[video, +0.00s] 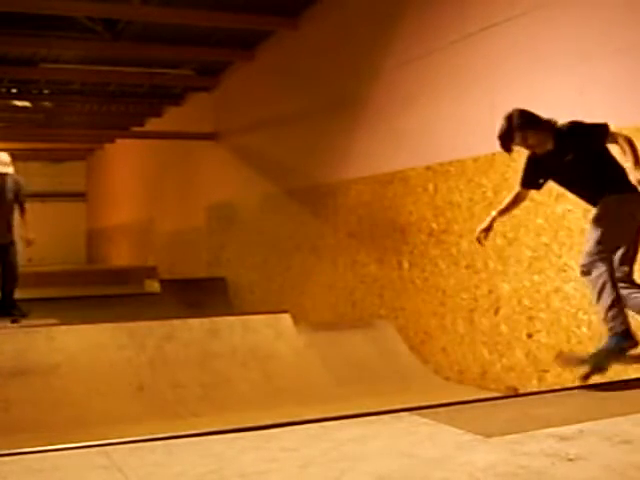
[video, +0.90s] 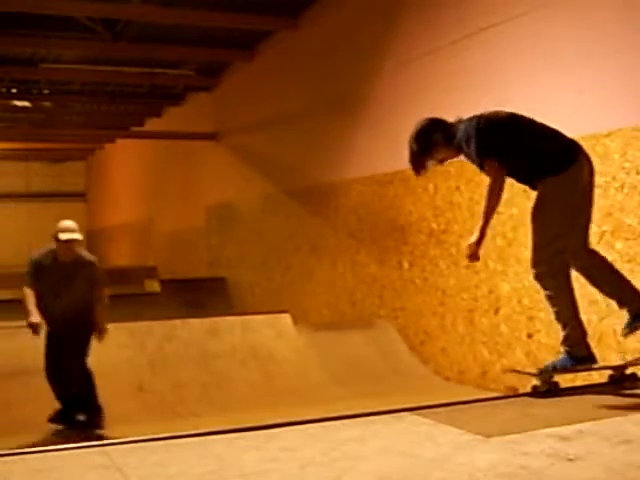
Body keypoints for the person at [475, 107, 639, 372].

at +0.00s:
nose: (527, 148)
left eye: (525, 140)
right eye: (521, 145)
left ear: (533, 127)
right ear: (521, 143)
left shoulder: (573, 132)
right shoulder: (538, 161)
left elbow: (621, 139)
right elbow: (521, 194)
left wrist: (635, 169)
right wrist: (492, 219)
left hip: (620, 201)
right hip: (623, 205)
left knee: (593, 264)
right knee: (619, 280)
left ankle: (619, 334)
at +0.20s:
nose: (506, 149)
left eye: (502, 143)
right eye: (501, 146)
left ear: (509, 130)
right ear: (507, 132)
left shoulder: (551, 128)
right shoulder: (531, 151)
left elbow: (603, 137)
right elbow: (527, 184)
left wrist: (622, 172)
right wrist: (493, 209)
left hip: (610, 196)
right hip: (618, 196)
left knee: (589, 274)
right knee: (617, 279)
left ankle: (610, 350)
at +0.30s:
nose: (498, 145)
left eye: (495, 139)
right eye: (493, 143)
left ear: (501, 125)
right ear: (502, 125)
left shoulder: (539, 121)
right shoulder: (527, 141)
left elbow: (587, 138)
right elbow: (528, 171)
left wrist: (592, 181)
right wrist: (503, 200)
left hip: (604, 190)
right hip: (620, 188)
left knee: (581, 273)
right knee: (610, 275)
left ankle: (596, 353)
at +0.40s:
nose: (490, 140)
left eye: (486, 134)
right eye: (485, 138)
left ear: (492, 119)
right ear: (494, 116)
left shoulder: (527, 118)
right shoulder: (523, 125)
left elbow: (566, 138)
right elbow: (534, 155)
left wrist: (564, 186)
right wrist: (514, 186)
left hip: (592, 191)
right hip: (609, 186)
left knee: (564, 273)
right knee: (597, 274)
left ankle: (582, 353)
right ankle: (638, 340)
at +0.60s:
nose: (467, 139)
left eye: (462, 134)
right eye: (461, 137)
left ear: (465, 118)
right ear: (468, 110)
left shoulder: (502, 115)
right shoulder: (501, 116)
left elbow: (539, 137)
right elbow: (532, 148)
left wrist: (532, 196)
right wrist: (523, 182)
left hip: (574, 184)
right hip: (594, 176)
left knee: (552, 271)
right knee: (592, 270)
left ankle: (578, 351)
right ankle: (637, 337)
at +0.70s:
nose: (457, 147)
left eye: (451, 143)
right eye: (450, 146)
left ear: (453, 127)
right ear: (457, 115)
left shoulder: (488, 121)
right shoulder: (492, 116)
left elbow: (523, 146)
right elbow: (539, 138)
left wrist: (511, 207)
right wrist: (537, 181)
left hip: (568, 181)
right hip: (590, 171)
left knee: (552, 269)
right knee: (592, 265)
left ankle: (577, 351)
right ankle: (635, 332)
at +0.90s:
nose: (442, 162)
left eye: (436, 157)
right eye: (435, 160)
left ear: (440, 140)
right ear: (441, 132)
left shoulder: (471, 137)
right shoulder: (476, 128)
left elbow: (497, 177)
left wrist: (479, 236)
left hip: (555, 180)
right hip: (576, 167)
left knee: (548, 268)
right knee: (578, 252)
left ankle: (577, 349)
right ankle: (635, 305)